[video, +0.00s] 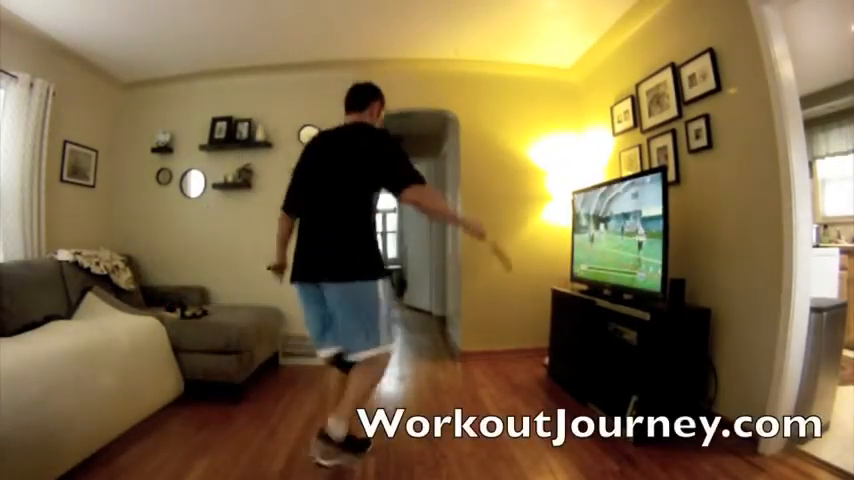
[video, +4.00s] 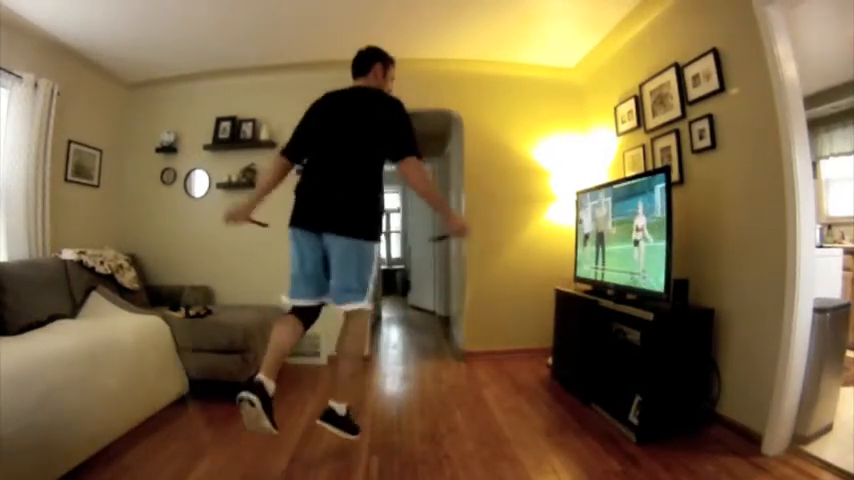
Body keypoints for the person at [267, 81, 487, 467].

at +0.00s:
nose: (381, 119)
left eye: (381, 113)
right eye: (382, 113)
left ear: (345, 109)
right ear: (375, 109)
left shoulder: (317, 144)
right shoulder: (377, 143)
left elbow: (288, 212)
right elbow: (413, 192)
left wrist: (280, 258)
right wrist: (463, 221)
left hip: (309, 263)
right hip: (353, 263)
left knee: (338, 354)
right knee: (373, 354)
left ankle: (349, 432)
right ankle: (334, 435)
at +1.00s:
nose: (411, 115)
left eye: (412, 109)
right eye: (411, 108)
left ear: (375, 102)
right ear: (401, 103)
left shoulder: (345, 135)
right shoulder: (406, 141)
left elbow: (309, 192)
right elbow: (437, 205)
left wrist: (284, 239)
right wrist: (471, 250)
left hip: (328, 246)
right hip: (373, 250)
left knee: (365, 322)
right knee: (373, 337)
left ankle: (371, 383)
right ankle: (374, 434)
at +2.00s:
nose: (413, 109)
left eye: (412, 104)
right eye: (414, 103)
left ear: (382, 97)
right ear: (408, 99)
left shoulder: (351, 126)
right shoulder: (407, 130)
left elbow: (319, 179)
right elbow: (427, 183)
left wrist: (288, 218)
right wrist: (455, 237)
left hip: (333, 226)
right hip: (379, 225)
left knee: (343, 318)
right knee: (404, 292)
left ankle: (311, 409)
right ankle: (381, 379)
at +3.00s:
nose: (395, 111)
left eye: (394, 104)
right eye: (394, 104)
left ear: (360, 103)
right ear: (385, 103)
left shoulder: (333, 135)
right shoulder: (394, 142)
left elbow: (297, 190)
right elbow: (423, 197)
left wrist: (269, 234)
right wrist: (454, 244)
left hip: (306, 243)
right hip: (350, 251)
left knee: (286, 336)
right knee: (347, 342)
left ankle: (258, 414)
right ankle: (339, 429)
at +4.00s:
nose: (392, 83)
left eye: (391, 77)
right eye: (391, 76)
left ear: (356, 73)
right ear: (379, 72)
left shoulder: (325, 103)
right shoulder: (389, 109)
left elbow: (286, 160)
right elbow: (411, 169)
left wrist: (251, 202)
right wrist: (448, 213)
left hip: (306, 217)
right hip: (354, 223)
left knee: (303, 307)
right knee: (356, 313)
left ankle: (263, 383)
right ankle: (339, 406)